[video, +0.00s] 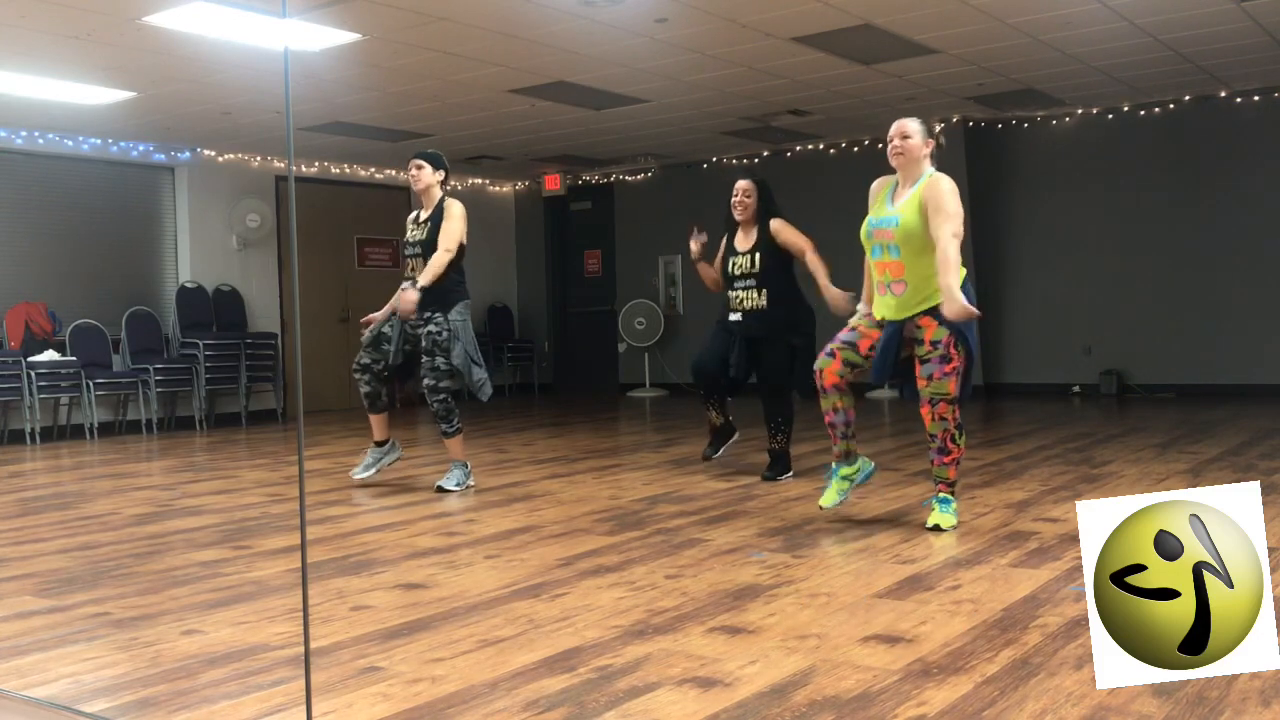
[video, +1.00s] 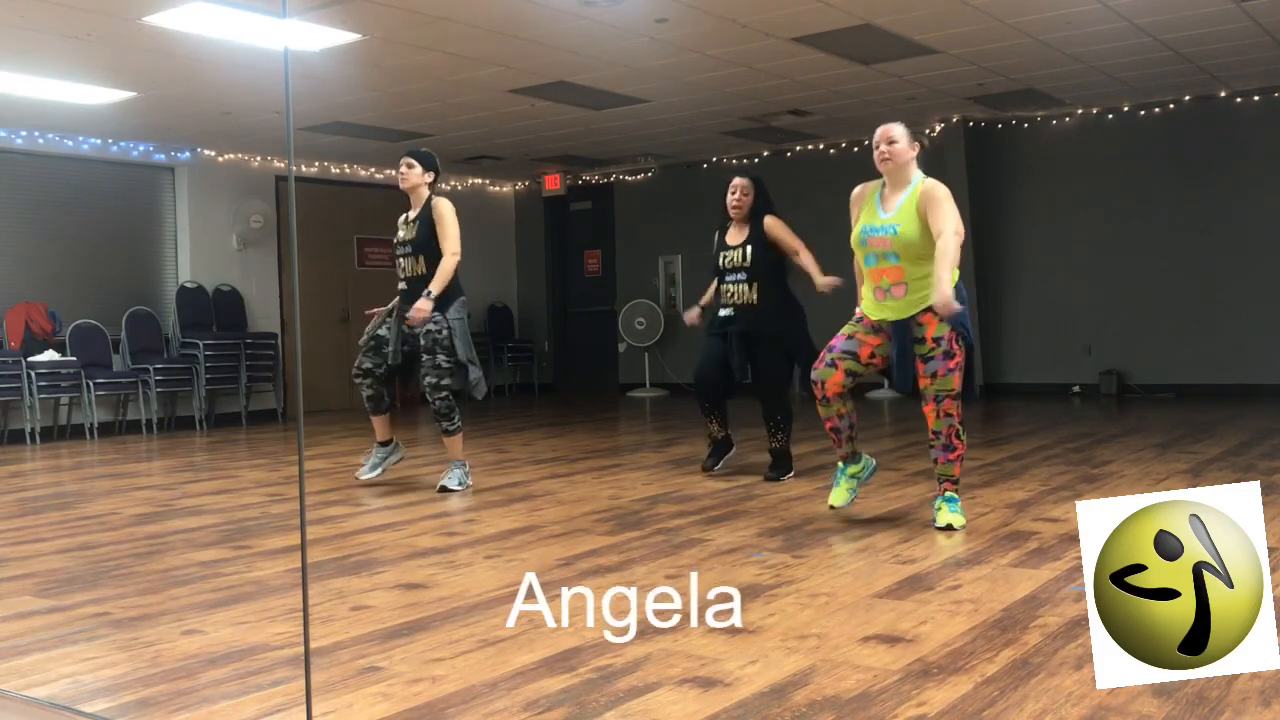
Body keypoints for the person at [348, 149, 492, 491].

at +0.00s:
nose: (412, 173)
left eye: (419, 168)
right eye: (410, 169)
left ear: (439, 175)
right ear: (409, 179)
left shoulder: (452, 208)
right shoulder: (413, 219)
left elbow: (446, 252)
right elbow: (411, 274)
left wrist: (416, 286)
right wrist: (386, 311)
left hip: (444, 314)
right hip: (410, 313)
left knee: (437, 385)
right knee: (367, 367)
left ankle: (460, 466)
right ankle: (383, 445)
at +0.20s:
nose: (400, 166)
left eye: (408, 162)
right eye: (398, 162)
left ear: (427, 170)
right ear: (397, 172)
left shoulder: (441, 201)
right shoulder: (394, 216)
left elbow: (465, 252)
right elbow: (398, 272)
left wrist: (466, 304)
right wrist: (369, 311)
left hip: (433, 310)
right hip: (397, 311)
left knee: (445, 385)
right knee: (399, 386)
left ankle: (460, 466)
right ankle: (399, 461)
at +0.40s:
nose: (392, 172)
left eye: (400, 168)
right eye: (391, 167)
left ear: (419, 178)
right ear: (389, 176)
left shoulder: (437, 214)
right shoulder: (377, 218)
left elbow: (461, 264)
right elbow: (366, 270)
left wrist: (482, 309)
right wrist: (342, 294)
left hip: (431, 312)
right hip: (392, 315)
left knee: (430, 377)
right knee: (381, 384)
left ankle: (456, 455)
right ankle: (399, 463)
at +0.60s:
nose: (397, 168)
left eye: (405, 163)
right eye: (395, 163)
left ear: (424, 172)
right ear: (392, 171)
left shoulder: (439, 214)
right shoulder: (382, 207)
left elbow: (457, 267)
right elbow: (364, 257)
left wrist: (464, 315)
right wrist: (347, 298)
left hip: (430, 310)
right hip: (392, 311)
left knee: (433, 383)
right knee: (392, 384)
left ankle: (459, 462)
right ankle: (400, 463)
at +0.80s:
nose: (402, 166)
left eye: (409, 161)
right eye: (401, 162)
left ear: (430, 169)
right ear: (402, 170)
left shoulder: (444, 205)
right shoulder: (398, 208)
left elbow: (458, 258)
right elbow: (397, 262)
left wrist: (426, 295)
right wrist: (380, 301)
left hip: (434, 308)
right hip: (397, 308)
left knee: (438, 384)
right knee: (383, 379)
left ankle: (459, 465)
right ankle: (394, 458)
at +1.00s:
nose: (401, 172)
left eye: (408, 167)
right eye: (400, 167)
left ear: (428, 176)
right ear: (402, 177)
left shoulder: (440, 206)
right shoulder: (405, 220)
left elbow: (452, 255)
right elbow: (411, 274)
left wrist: (428, 298)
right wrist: (391, 307)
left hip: (439, 309)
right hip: (407, 308)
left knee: (437, 384)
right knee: (367, 370)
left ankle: (458, 465)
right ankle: (386, 445)